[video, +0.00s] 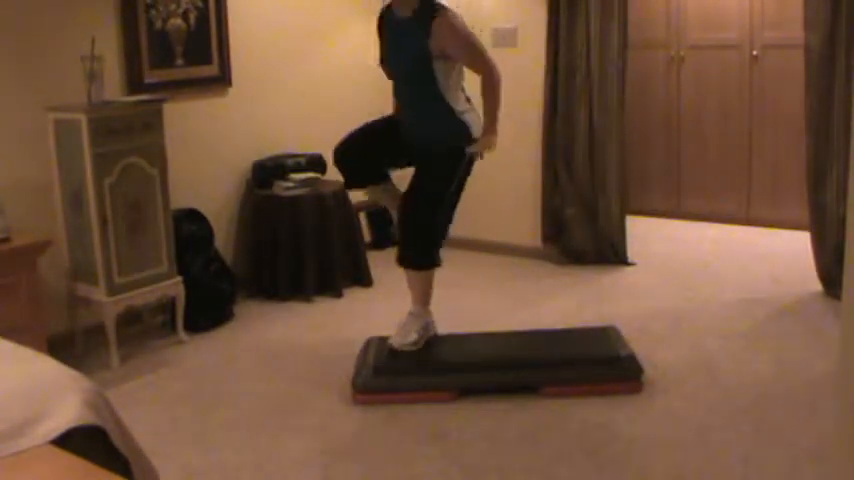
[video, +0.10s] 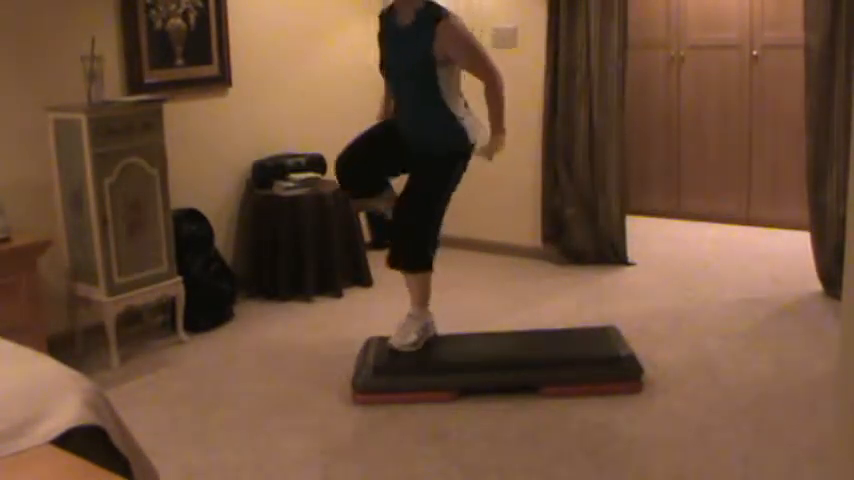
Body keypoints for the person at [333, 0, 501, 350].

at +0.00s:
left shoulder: (441, 21)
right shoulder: (387, 18)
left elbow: (490, 71)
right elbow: (400, 77)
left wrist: (490, 131)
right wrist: (398, 124)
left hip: (451, 136)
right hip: (411, 128)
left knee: (418, 221)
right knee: (351, 155)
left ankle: (420, 316)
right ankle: (403, 209)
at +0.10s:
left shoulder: (443, 26)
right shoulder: (388, 21)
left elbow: (491, 76)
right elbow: (393, 81)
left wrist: (497, 132)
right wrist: (384, 127)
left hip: (447, 141)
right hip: (406, 131)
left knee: (412, 222)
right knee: (351, 168)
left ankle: (420, 317)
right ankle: (394, 210)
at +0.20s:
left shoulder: (450, 17)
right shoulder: (387, 11)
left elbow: (498, 66)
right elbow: (365, 47)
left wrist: (513, 109)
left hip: (444, 134)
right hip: (401, 128)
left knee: (419, 223)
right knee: (365, 196)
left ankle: (420, 315)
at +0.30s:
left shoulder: (455, 11)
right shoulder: (386, 8)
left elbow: (497, 40)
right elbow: (341, 23)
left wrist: (529, 57)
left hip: (441, 132)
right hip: (398, 130)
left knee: (424, 221)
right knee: (395, 218)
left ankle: (418, 315)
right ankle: (416, 309)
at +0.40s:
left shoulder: (461, 21)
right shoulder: (389, 13)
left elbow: (519, 30)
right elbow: (335, 13)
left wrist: (543, 17)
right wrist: (292, 8)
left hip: (445, 137)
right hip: (400, 137)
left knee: (425, 225)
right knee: (405, 225)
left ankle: (418, 315)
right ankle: (416, 311)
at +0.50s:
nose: (434, 6)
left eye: (440, 1)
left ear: (449, 5)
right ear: (416, 3)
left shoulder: (461, 40)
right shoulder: (390, 37)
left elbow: (512, 31)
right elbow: (332, 25)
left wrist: (546, 5)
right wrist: (304, 0)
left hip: (450, 148)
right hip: (405, 150)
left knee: (430, 227)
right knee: (412, 233)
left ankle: (421, 315)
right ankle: (424, 312)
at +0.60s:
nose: (438, 12)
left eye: (441, 5)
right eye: (433, 6)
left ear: (450, 11)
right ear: (420, 11)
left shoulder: (464, 47)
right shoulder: (396, 47)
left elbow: (522, 45)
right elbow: (341, 50)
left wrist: (544, 22)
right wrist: (326, 26)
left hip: (455, 153)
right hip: (410, 155)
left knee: (443, 219)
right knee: (414, 232)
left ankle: (436, 304)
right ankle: (422, 305)